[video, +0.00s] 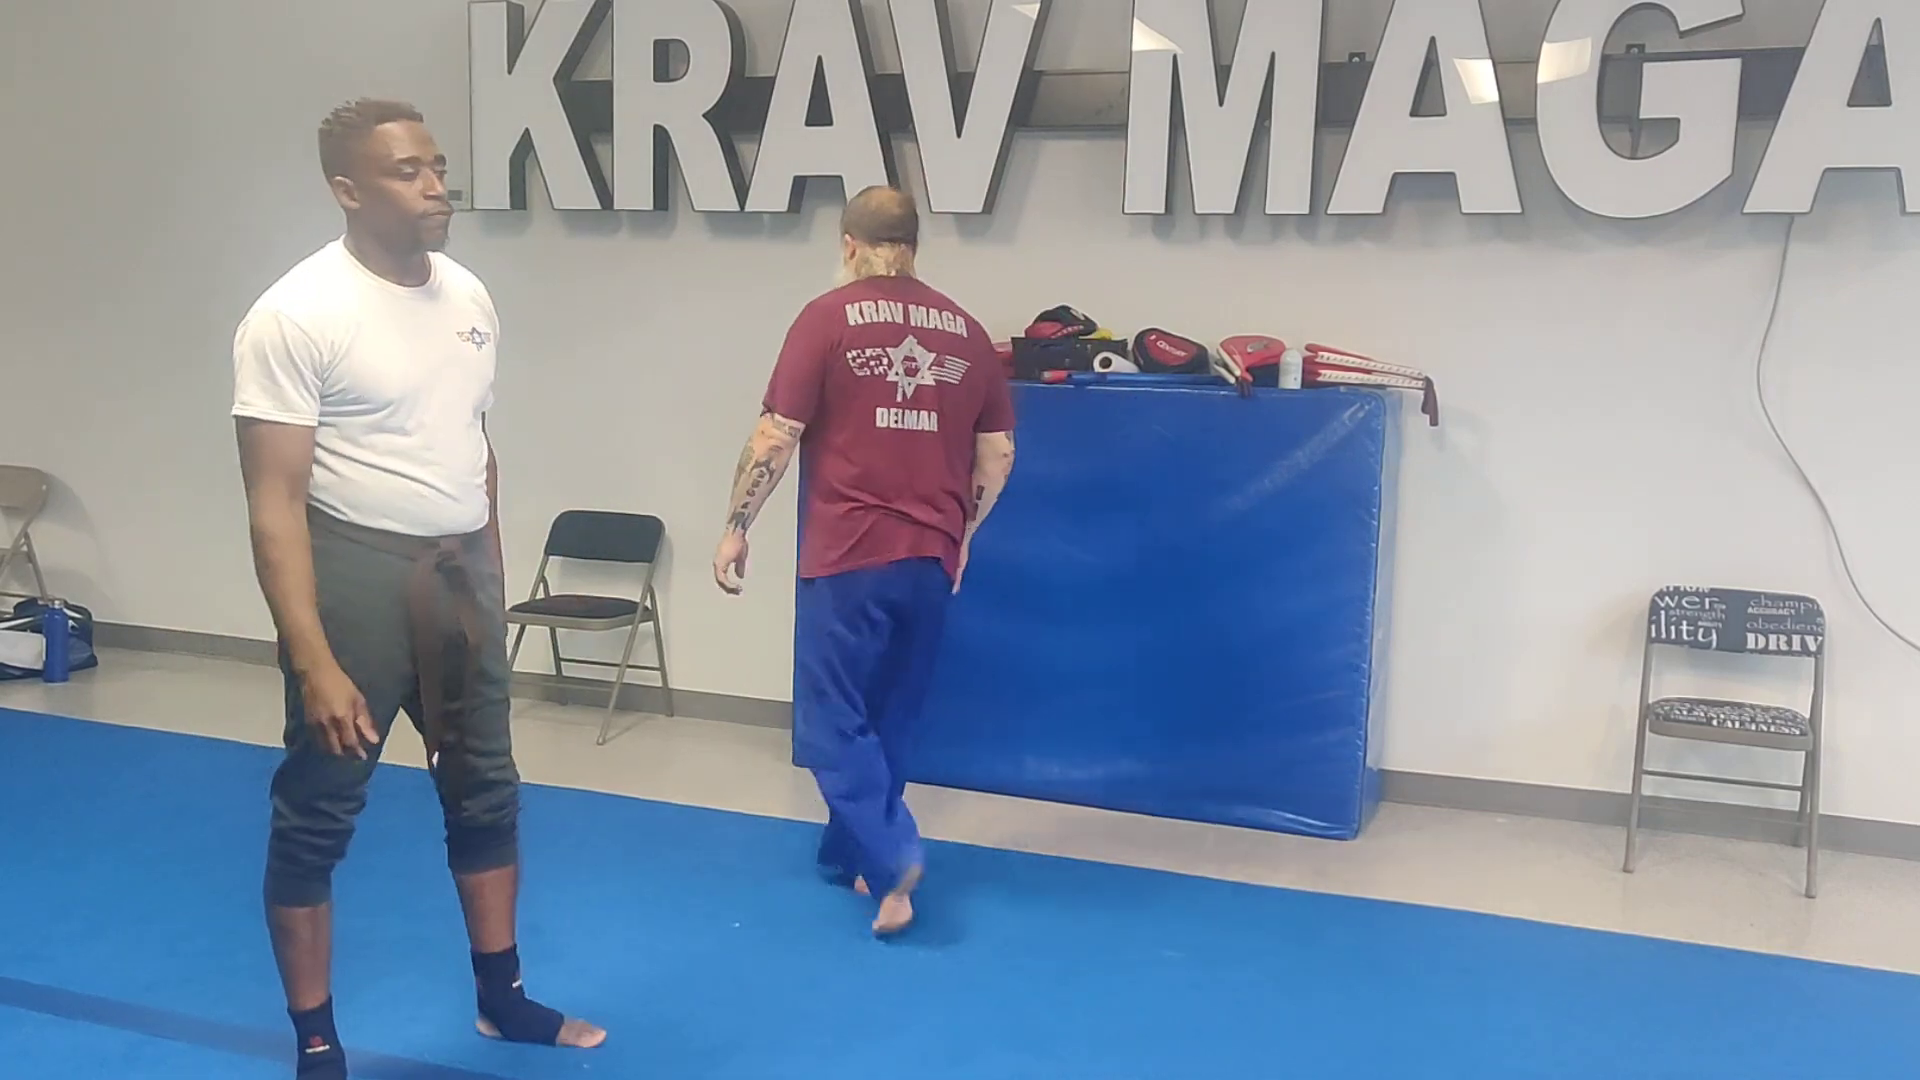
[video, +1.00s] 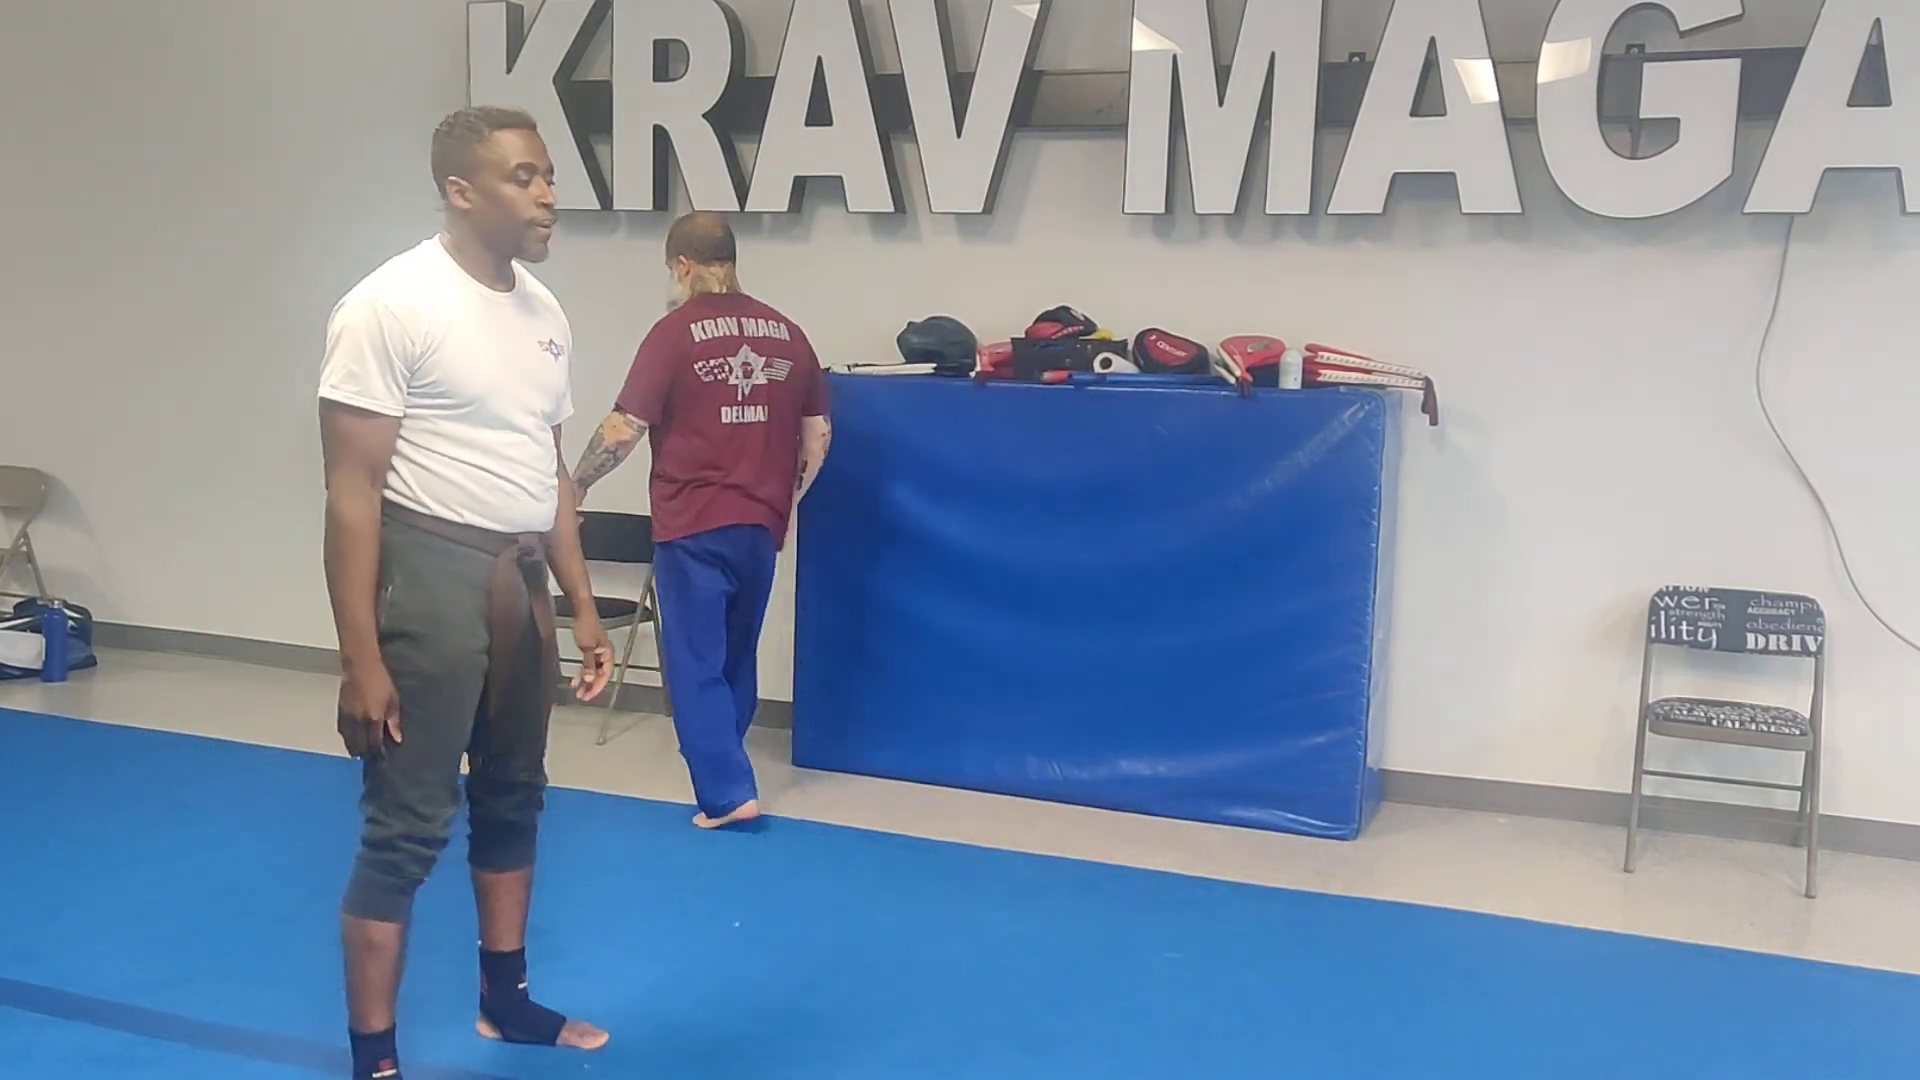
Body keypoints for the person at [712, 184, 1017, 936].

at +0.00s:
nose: (841, 255)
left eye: (842, 246)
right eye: (850, 245)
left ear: (851, 247)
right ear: (914, 248)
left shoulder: (828, 316)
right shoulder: (968, 330)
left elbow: (777, 436)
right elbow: (997, 451)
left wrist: (737, 526)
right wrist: (960, 532)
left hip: (847, 553)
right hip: (933, 555)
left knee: (831, 718)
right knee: (891, 710)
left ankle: (896, 859)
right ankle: (846, 851)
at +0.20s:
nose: (812, 252)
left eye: (812, 242)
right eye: (815, 242)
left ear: (823, 241)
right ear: (881, 242)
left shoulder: (808, 306)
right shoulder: (944, 327)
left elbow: (768, 416)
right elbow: (956, 437)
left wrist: (742, 516)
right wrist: (910, 497)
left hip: (815, 532)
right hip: (903, 536)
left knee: (768, 684)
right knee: (888, 694)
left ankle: (783, 831)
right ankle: (871, 852)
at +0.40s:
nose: (761, 267)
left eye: (761, 257)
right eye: (762, 257)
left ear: (772, 255)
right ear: (831, 256)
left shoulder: (763, 323)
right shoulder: (887, 326)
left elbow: (734, 433)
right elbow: (915, 436)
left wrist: (714, 529)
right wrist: (874, 499)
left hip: (787, 532)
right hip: (870, 533)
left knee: (757, 676)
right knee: (877, 684)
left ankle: (739, 803)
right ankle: (874, 841)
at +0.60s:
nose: (708, 267)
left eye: (708, 258)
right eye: (710, 258)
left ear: (718, 256)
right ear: (775, 251)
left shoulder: (711, 325)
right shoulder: (838, 316)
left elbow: (675, 437)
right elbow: (875, 424)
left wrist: (652, 518)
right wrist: (849, 487)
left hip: (744, 524)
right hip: (827, 521)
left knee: (731, 673)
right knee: (826, 662)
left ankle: (736, 807)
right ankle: (849, 764)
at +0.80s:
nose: (686, 260)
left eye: (685, 251)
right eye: (688, 251)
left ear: (694, 250)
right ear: (749, 248)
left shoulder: (684, 318)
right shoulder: (808, 314)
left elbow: (630, 429)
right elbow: (845, 420)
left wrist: (595, 474)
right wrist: (823, 486)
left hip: (718, 517)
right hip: (795, 513)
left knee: (713, 669)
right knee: (786, 646)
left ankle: (731, 809)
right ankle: (793, 776)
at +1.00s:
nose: (670, 277)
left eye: (670, 268)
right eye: (672, 267)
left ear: (682, 266)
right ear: (731, 262)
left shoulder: (676, 331)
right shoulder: (786, 330)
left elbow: (621, 433)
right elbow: (819, 432)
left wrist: (574, 483)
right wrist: (789, 495)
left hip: (693, 521)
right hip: (763, 520)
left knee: (696, 665)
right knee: (738, 656)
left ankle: (731, 795)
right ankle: (722, 782)